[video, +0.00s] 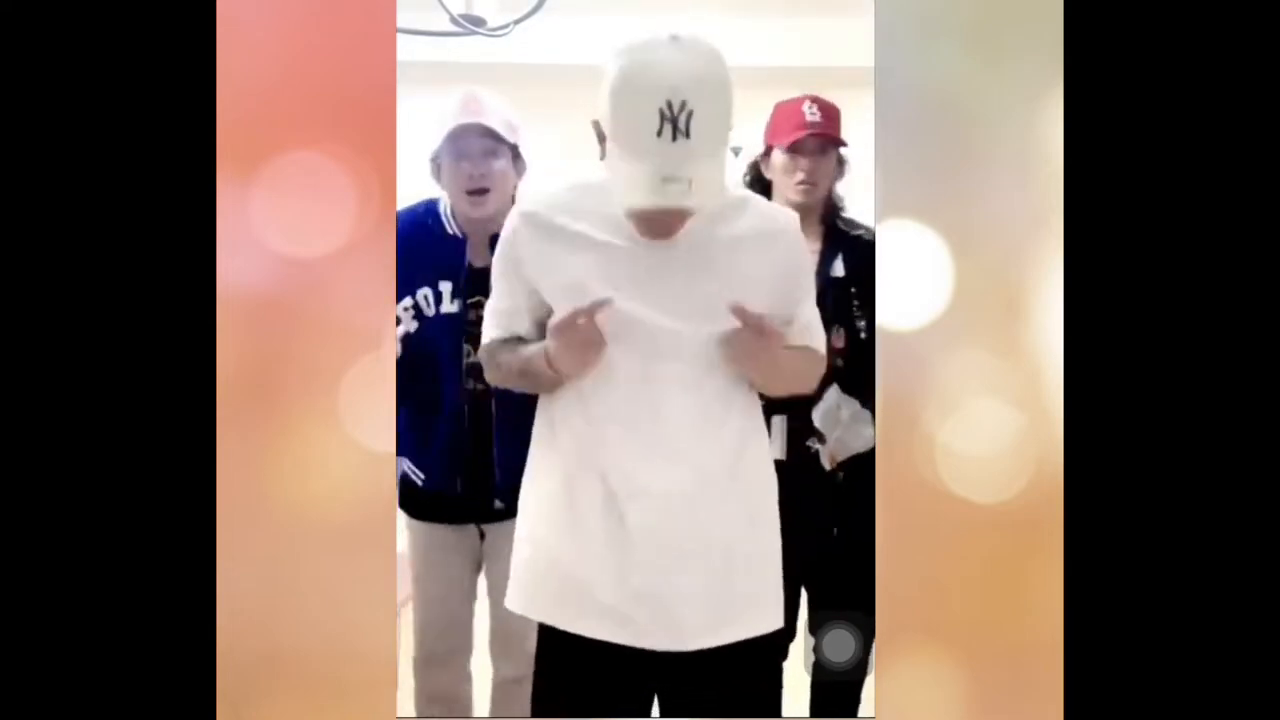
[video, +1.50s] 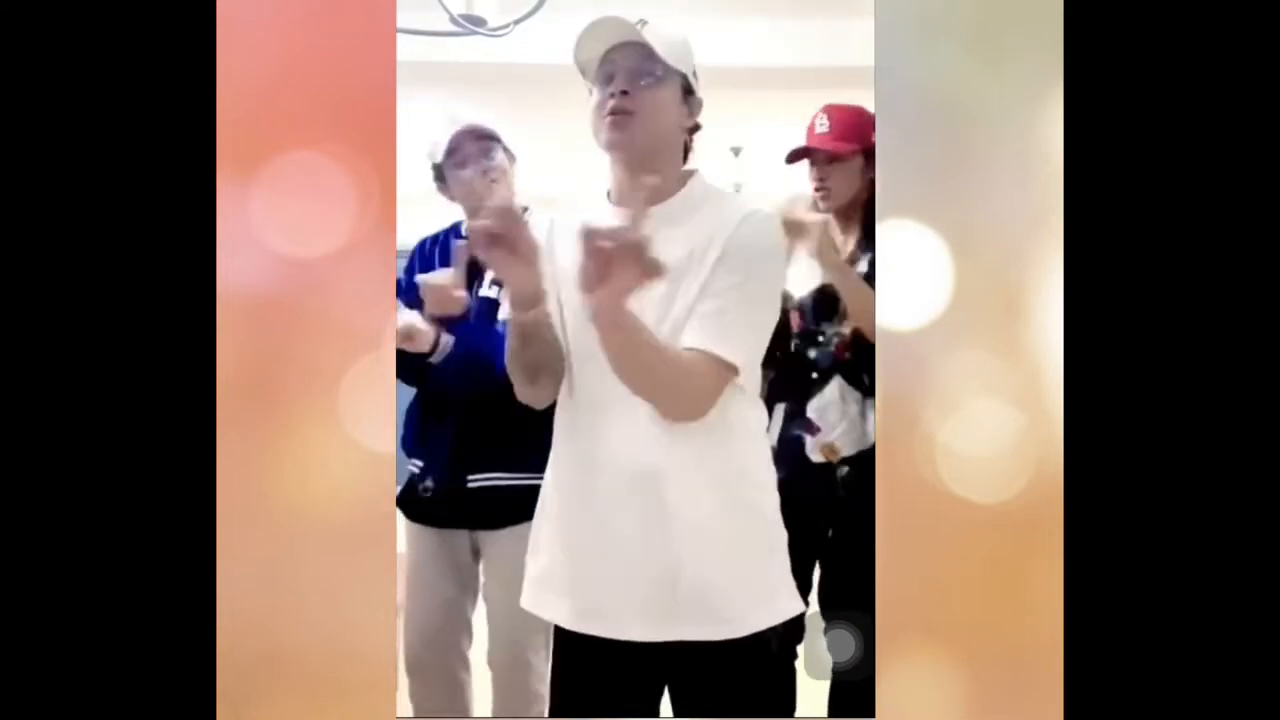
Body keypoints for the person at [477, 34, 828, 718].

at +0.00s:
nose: (663, 219)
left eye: (683, 199)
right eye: (645, 198)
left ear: (721, 149)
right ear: (603, 142)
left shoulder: (769, 233)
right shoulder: (543, 223)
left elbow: (811, 367)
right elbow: (497, 357)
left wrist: (774, 366)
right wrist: (547, 363)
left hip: (728, 598)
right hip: (585, 599)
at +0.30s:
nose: (661, 189)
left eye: (685, 162)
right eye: (638, 161)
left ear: (717, 166)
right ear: (599, 158)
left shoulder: (769, 271)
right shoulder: (535, 261)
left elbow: (787, 448)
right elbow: (502, 431)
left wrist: (758, 388)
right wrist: (558, 402)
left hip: (718, 604)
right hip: (580, 606)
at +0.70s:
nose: (701, 118)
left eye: (719, 97)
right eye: (676, 91)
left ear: (732, 116)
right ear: (623, 107)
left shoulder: (767, 250)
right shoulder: (559, 223)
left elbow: (780, 435)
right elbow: (518, 391)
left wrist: (755, 343)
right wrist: (548, 333)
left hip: (728, 597)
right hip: (595, 591)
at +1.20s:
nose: (616, 100)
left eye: (642, 83)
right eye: (600, 84)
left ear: (686, 106)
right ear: (582, 109)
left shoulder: (767, 223)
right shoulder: (554, 243)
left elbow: (842, 370)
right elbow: (514, 418)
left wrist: (782, 370)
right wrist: (529, 370)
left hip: (746, 589)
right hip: (600, 592)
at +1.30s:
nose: (607, 101)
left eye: (636, 88)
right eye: (594, 86)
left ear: (675, 119)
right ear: (574, 115)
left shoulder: (747, 226)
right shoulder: (543, 254)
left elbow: (858, 359)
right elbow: (481, 417)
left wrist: (775, 367)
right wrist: (488, 370)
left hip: (741, 598)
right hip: (600, 605)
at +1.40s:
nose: (610, 99)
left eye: (638, 88)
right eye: (599, 86)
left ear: (680, 121)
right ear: (579, 116)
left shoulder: (742, 243)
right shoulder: (540, 251)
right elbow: (515, 408)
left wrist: (708, 345)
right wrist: (483, 330)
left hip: (737, 606)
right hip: (598, 607)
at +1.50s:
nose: (617, 90)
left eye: (645, 77)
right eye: (606, 81)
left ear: (692, 111)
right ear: (590, 115)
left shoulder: (743, 226)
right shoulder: (556, 231)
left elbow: (688, 396)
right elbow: (535, 389)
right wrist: (524, 296)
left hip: (724, 585)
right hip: (595, 580)